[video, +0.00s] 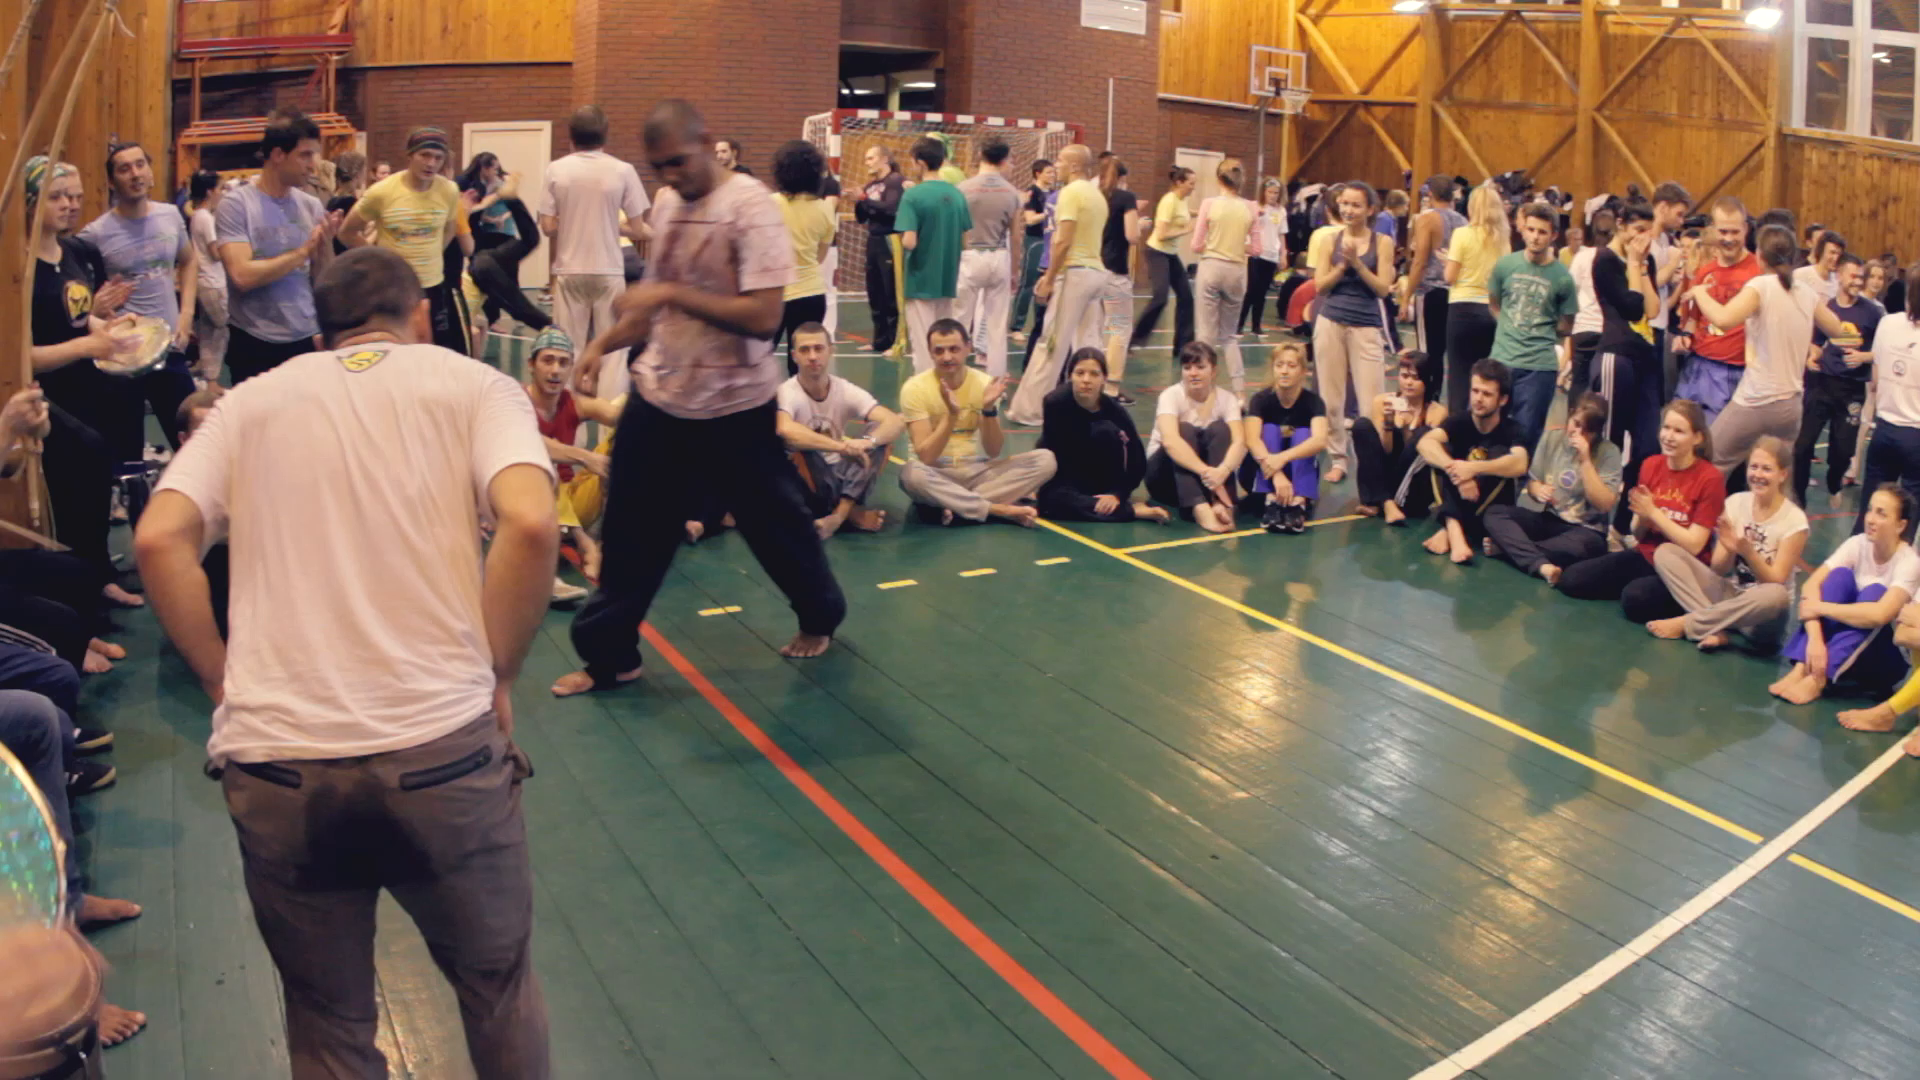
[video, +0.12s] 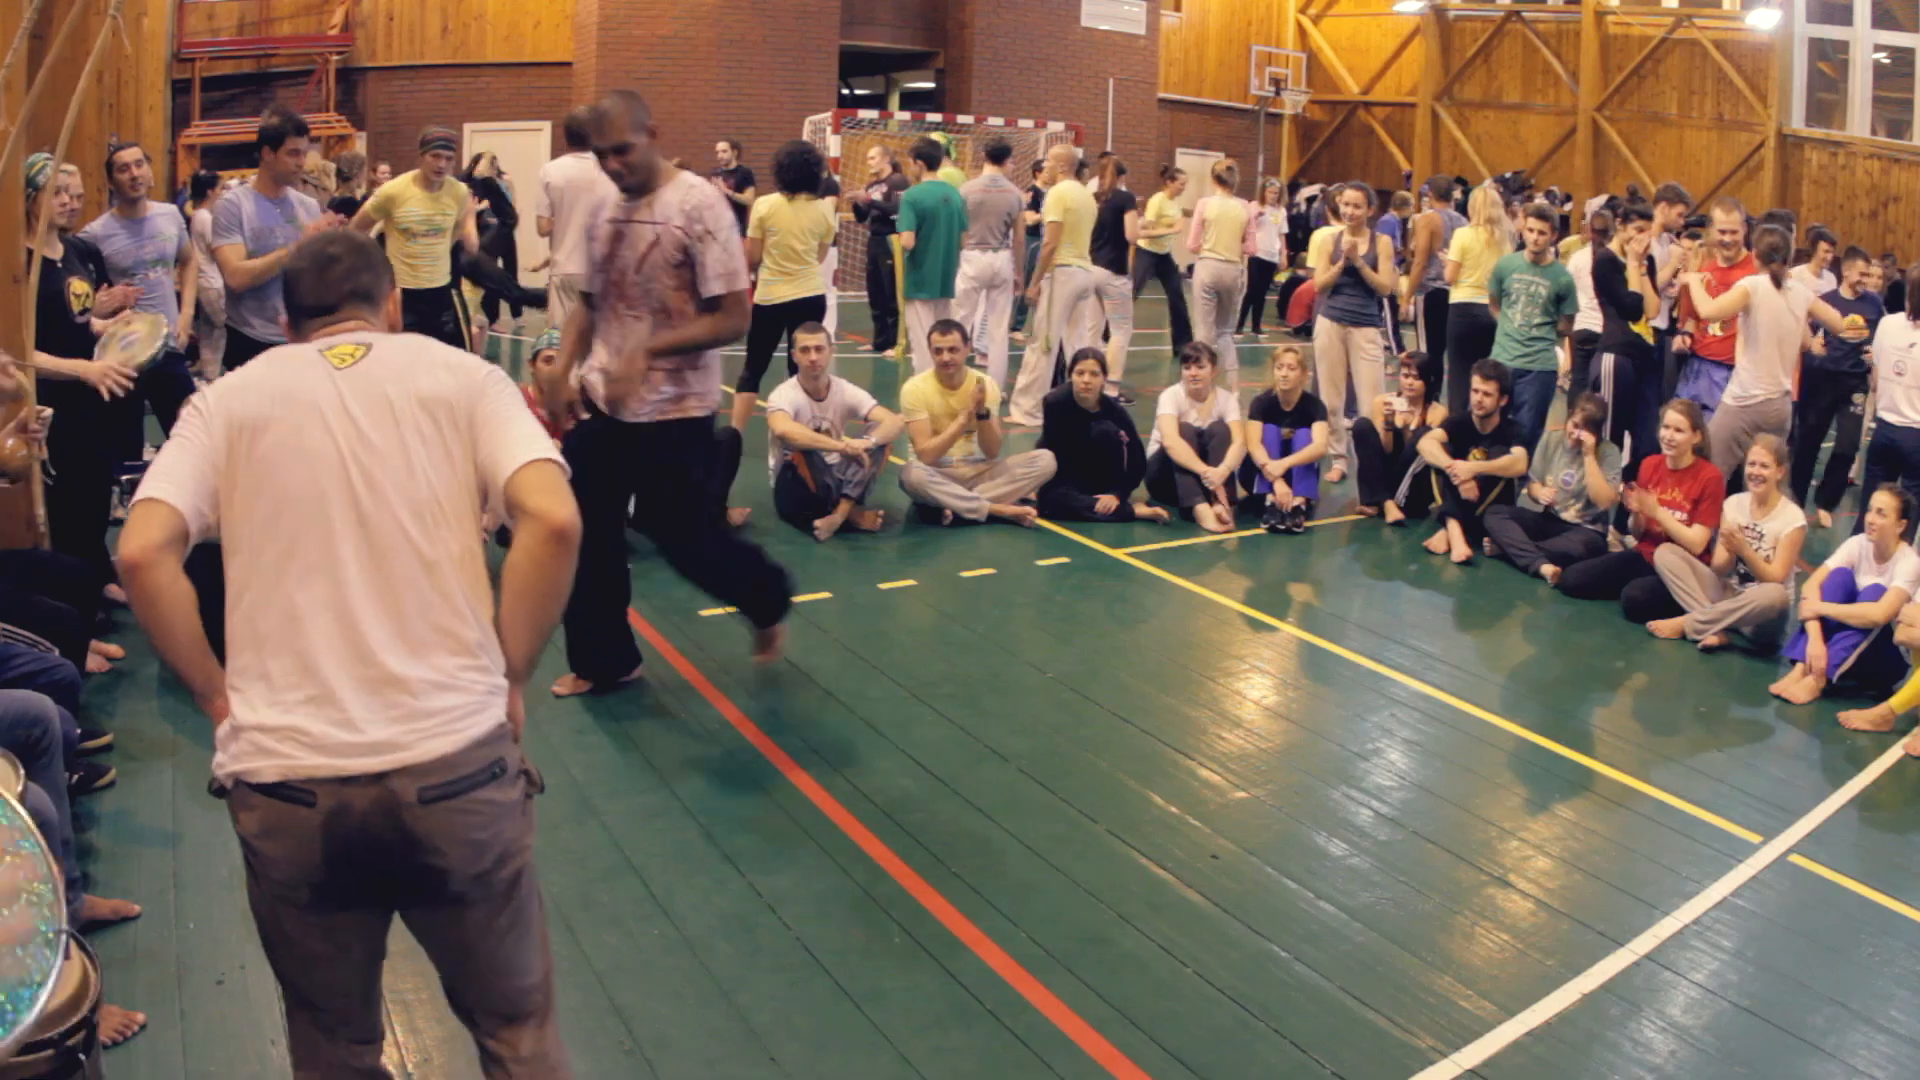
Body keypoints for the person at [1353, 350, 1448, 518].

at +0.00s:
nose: (1409, 382)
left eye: (1416, 377)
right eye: (1405, 376)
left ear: (1428, 381)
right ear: (1398, 377)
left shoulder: (1437, 412)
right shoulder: (1382, 402)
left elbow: (1419, 453)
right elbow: (1386, 451)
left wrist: (1408, 429)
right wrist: (1388, 423)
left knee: (1423, 436)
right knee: (1362, 425)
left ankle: (1375, 502)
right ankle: (1387, 501)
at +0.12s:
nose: (1410, 382)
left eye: (1417, 377)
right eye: (1405, 376)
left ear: (1429, 381)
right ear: (1399, 377)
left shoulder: (1437, 412)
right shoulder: (1382, 403)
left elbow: (1419, 454)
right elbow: (1386, 452)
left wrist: (1407, 430)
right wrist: (1388, 424)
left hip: (1417, 494)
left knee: (1424, 435)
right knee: (1361, 425)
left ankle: (1375, 502)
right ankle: (1387, 501)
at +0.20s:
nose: (1410, 383)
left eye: (1417, 378)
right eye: (1406, 376)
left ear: (1429, 381)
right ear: (1399, 377)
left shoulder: (1438, 412)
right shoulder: (1382, 403)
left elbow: (1420, 452)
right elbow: (1387, 451)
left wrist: (1407, 430)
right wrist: (1388, 424)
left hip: (1416, 495)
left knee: (1424, 437)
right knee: (1361, 425)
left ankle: (1375, 502)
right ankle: (1387, 501)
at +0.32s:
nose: (1410, 383)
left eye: (1418, 378)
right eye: (1406, 376)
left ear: (1430, 381)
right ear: (1400, 378)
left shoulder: (1438, 412)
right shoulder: (1383, 402)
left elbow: (1421, 452)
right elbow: (1387, 451)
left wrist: (1408, 431)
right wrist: (1389, 424)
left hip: (1416, 494)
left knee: (1424, 437)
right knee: (1361, 425)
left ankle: (1375, 501)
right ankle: (1387, 501)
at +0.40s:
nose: (1411, 383)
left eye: (1418, 378)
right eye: (1407, 376)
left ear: (1430, 382)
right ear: (1400, 378)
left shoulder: (1438, 413)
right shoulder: (1383, 402)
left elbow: (1421, 454)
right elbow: (1387, 452)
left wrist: (1408, 432)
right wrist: (1389, 425)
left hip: (1416, 494)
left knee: (1425, 435)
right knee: (1361, 425)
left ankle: (1374, 501)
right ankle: (1388, 501)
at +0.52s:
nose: (1411, 383)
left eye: (1418, 379)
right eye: (1407, 377)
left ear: (1431, 382)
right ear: (1400, 378)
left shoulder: (1438, 413)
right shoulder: (1383, 402)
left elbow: (1420, 453)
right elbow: (1387, 452)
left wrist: (1408, 432)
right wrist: (1389, 425)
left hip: (1416, 494)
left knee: (1425, 436)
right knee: (1361, 425)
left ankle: (1374, 501)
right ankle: (1388, 501)